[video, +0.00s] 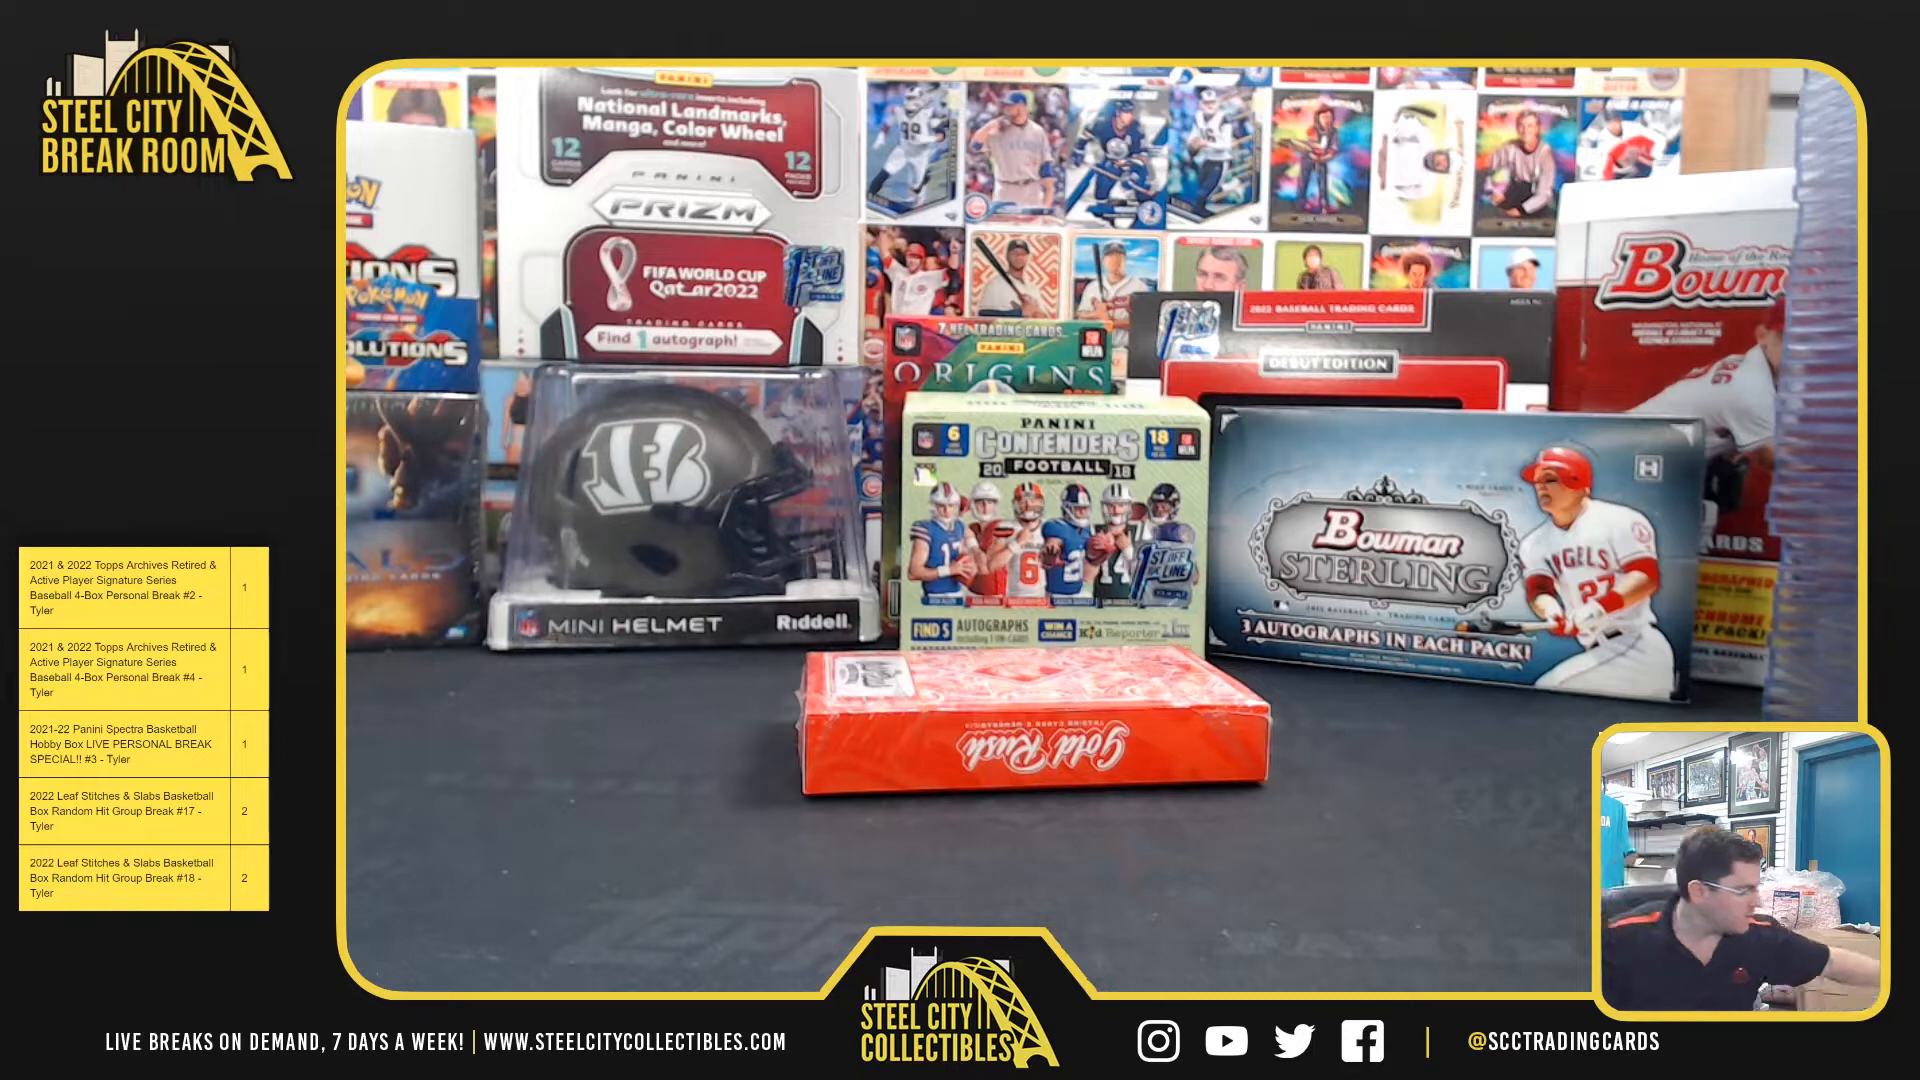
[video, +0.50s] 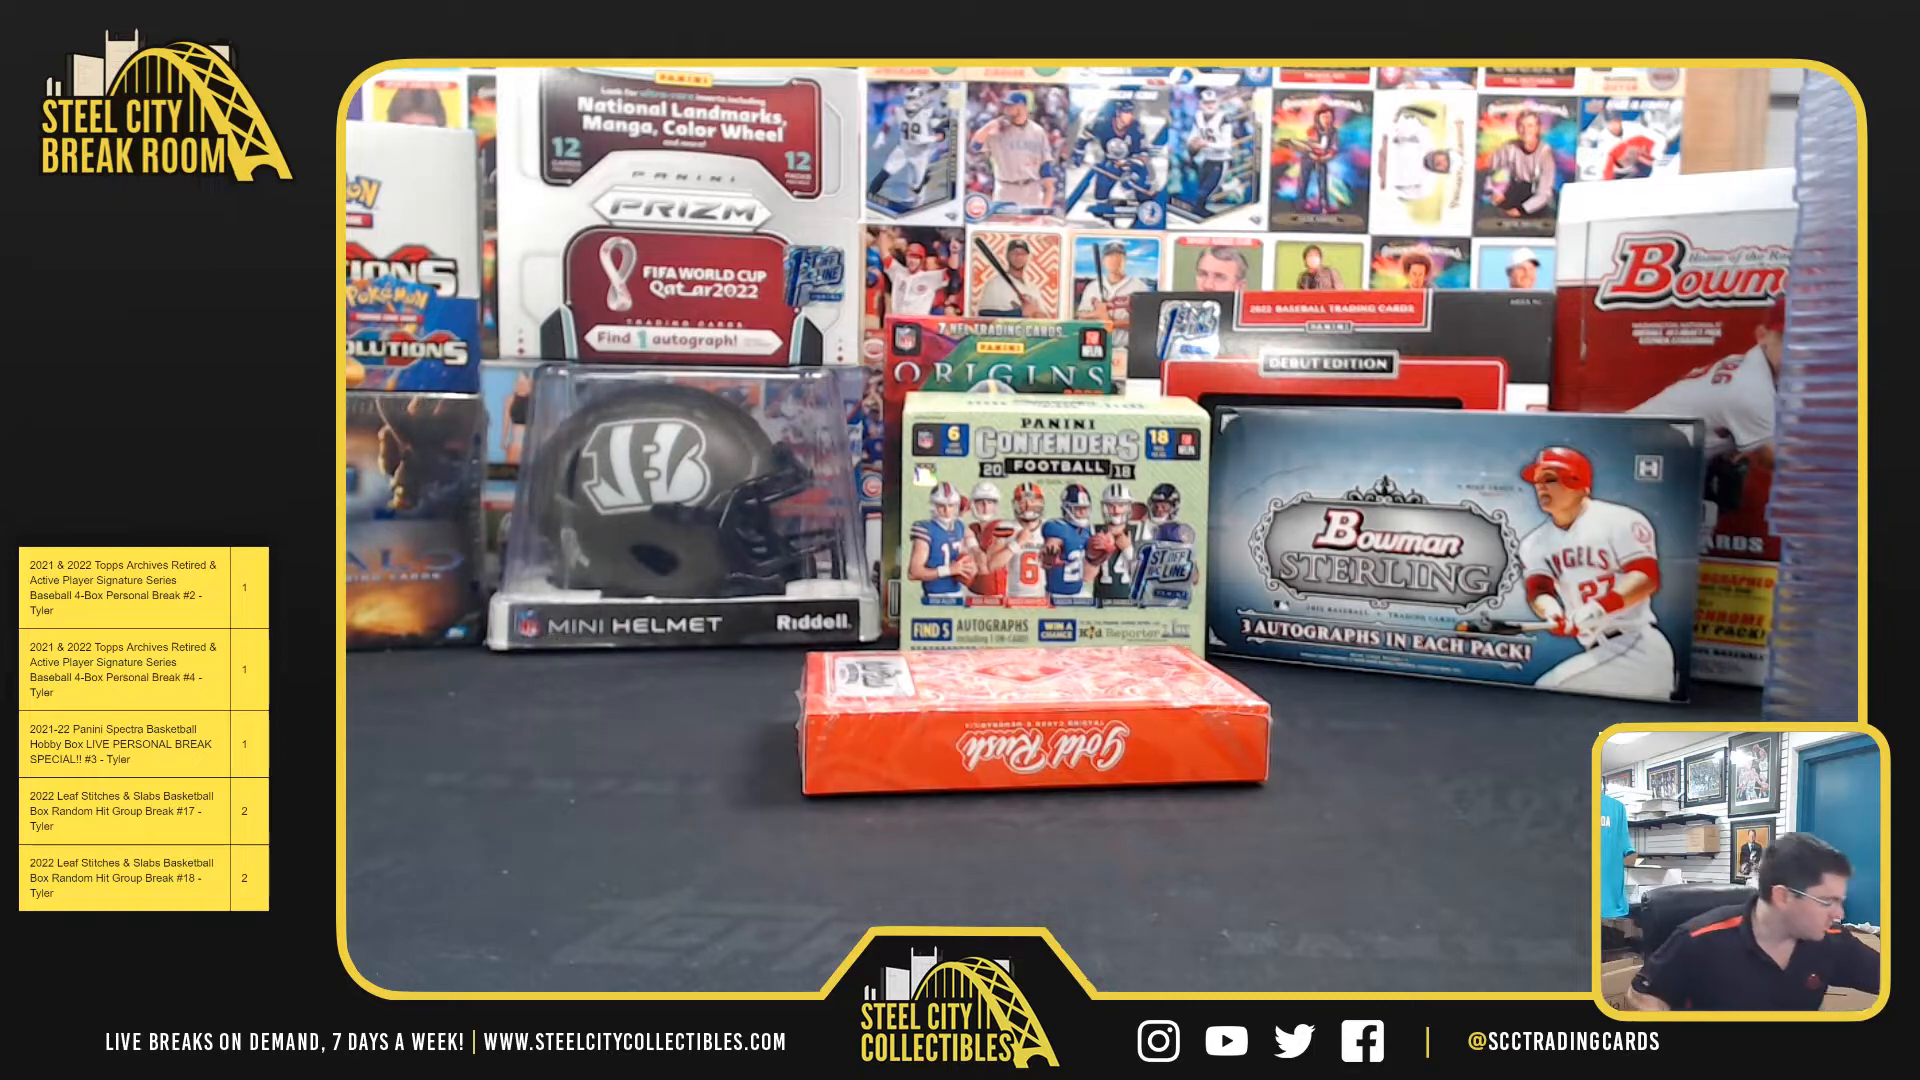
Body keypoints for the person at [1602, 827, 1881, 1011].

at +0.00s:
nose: (1756, 902)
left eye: (1756, 889)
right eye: (1744, 891)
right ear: (1698, 893)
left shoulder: (1763, 939)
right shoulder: (1621, 943)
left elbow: (1841, 965)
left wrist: (1894, 978)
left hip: (1727, 1062)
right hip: (1636, 1057)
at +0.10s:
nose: (1768, 899)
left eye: (1768, 886)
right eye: (1755, 888)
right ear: (1710, 889)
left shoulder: (1775, 936)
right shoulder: (1631, 945)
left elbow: (1853, 963)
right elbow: (1598, 1013)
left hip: (1748, 1062)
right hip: (1654, 1061)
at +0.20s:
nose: (1780, 900)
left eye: (1780, 887)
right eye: (1769, 888)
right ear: (1724, 888)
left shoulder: (1788, 935)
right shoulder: (1648, 942)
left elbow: (1868, 969)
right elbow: (1608, 1011)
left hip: (1758, 1054)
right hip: (1671, 1057)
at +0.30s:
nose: (1798, 901)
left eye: (1798, 889)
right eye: (1785, 890)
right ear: (1740, 889)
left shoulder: (1802, 938)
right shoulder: (1666, 943)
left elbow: (1879, 977)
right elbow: (1611, 1008)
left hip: (1769, 1060)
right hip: (1682, 1061)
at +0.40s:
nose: (1816, 908)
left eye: (1817, 895)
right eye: (1805, 896)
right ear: (1759, 893)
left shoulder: (1817, 940)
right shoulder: (1682, 940)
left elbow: (1886, 982)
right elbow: (1629, 994)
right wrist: (1642, 1050)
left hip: (1780, 1061)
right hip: (1695, 1061)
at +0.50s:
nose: (1839, 915)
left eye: (1841, 902)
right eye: (1828, 902)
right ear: (1781, 896)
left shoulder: (1834, 946)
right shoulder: (1695, 943)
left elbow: (1892, 981)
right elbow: (1643, 995)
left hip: (1792, 1061)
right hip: (1708, 1062)